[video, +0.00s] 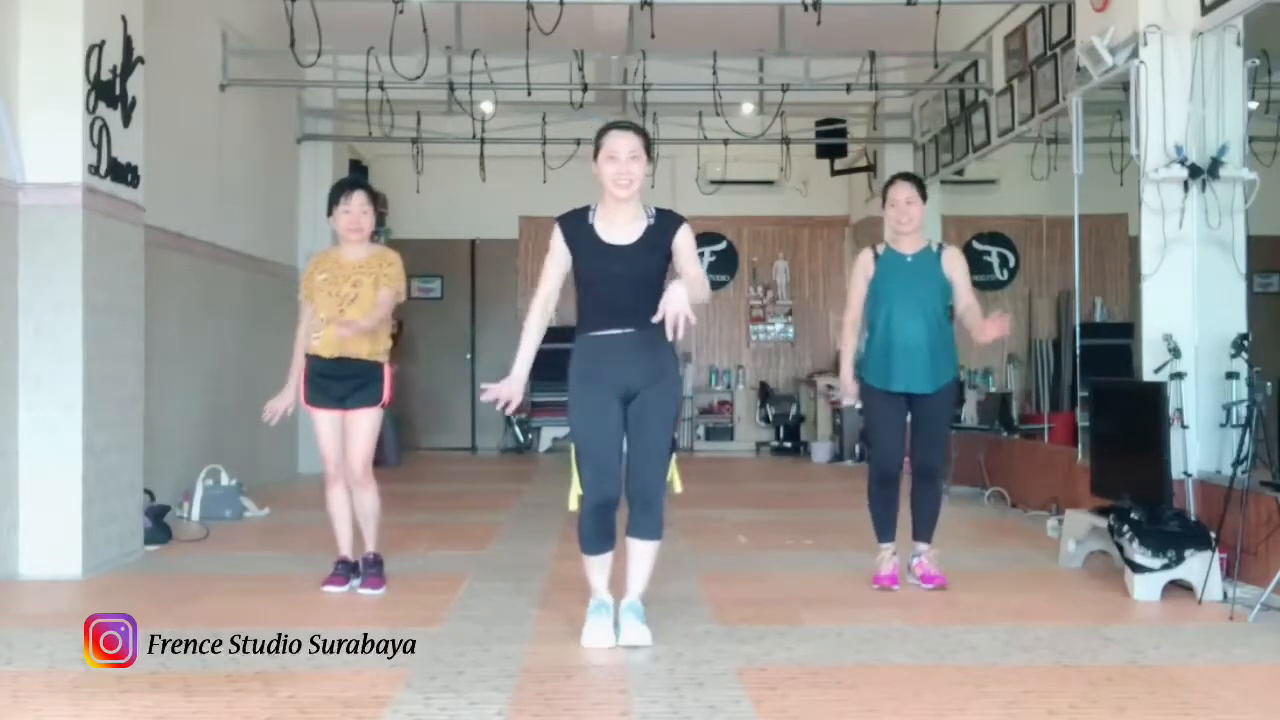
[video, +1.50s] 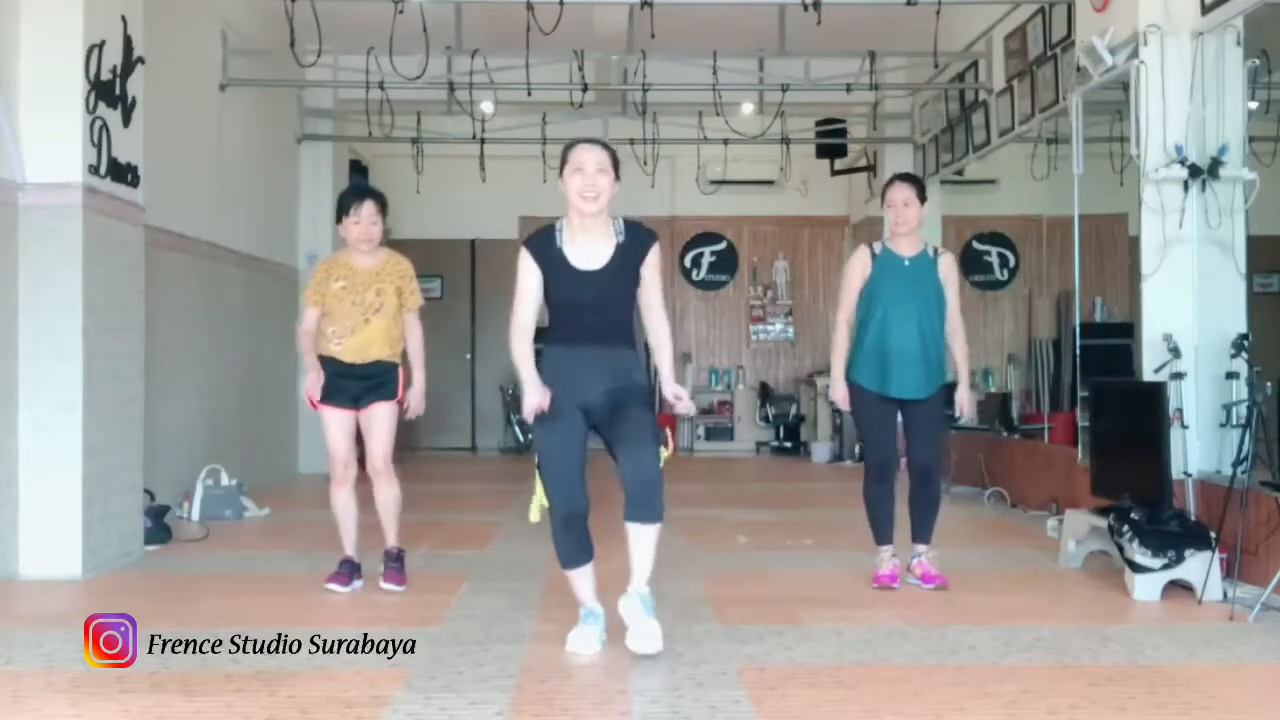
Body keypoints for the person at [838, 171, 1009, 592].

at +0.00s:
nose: (902, 211)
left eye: (910, 203)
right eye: (894, 204)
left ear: (924, 208)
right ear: (884, 212)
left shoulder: (948, 257)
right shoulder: (870, 260)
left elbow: (968, 308)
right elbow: (852, 320)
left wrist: (982, 329)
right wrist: (846, 372)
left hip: (936, 381)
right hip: (882, 381)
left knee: (930, 466)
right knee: (884, 465)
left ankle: (923, 553)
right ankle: (887, 552)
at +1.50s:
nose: (897, 212)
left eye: (906, 205)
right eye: (891, 205)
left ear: (923, 209)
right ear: (883, 210)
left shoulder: (943, 262)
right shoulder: (864, 258)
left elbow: (954, 325)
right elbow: (844, 320)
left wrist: (964, 381)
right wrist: (837, 376)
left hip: (927, 384)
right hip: (870, 383)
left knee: (926, 468)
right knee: (880, 465)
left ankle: (921, 554)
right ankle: (885, 555)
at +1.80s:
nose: (891, 212)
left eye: (900, 204)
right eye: (884, 205)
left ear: (915, 209)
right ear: (875, 210)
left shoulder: (933, 260)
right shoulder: (858, 255)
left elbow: (944, 322)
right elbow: (838, 318)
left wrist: (951, 381)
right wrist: (838, 375)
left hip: (924, 380)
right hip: (869, 381)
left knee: (928, 465)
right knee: (879, 466)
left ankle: (924, 547)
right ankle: (887, 554)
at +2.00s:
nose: (890, 214)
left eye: (898, 207)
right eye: (882, 207)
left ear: (912, 211)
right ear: (873, 212)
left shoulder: (934, 262)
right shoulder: (856, 259)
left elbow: (949, 322)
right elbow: (835, 316)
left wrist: (957, 380)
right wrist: (849, 357)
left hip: (921, 383)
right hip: (868, 382)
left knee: (918, 467)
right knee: (878, 465)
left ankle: (907, 542)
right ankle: (886, 554)